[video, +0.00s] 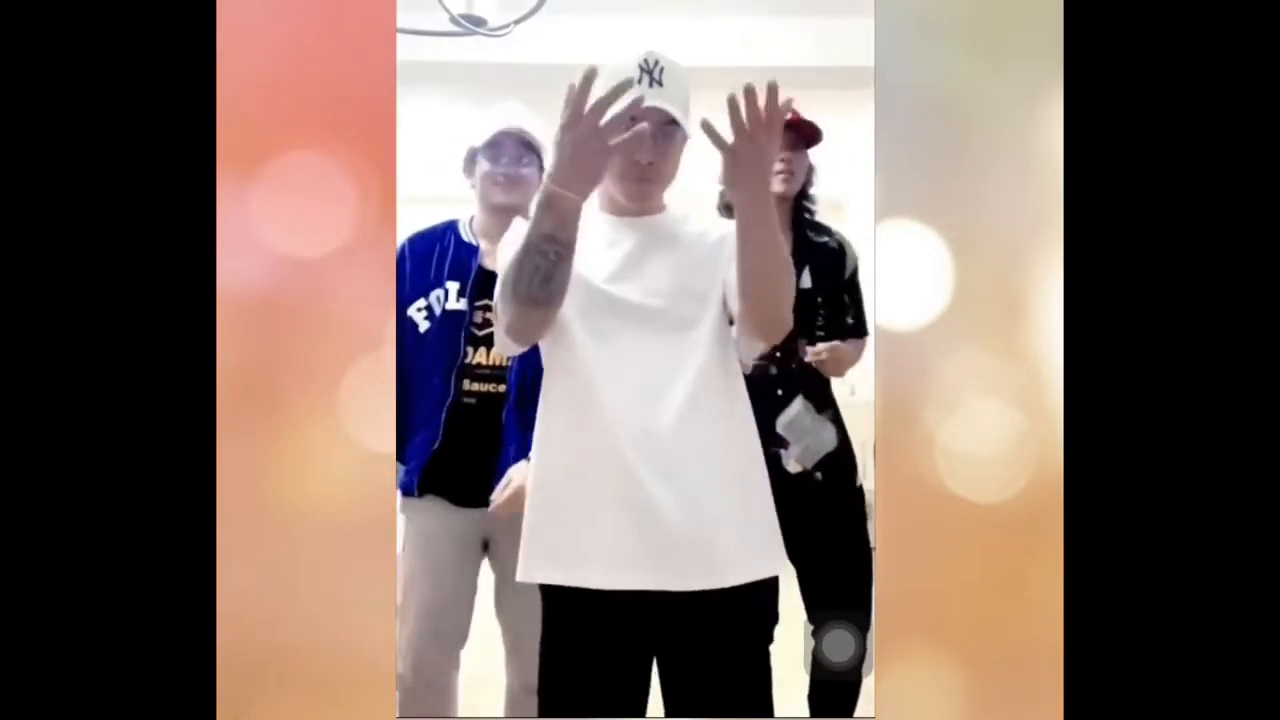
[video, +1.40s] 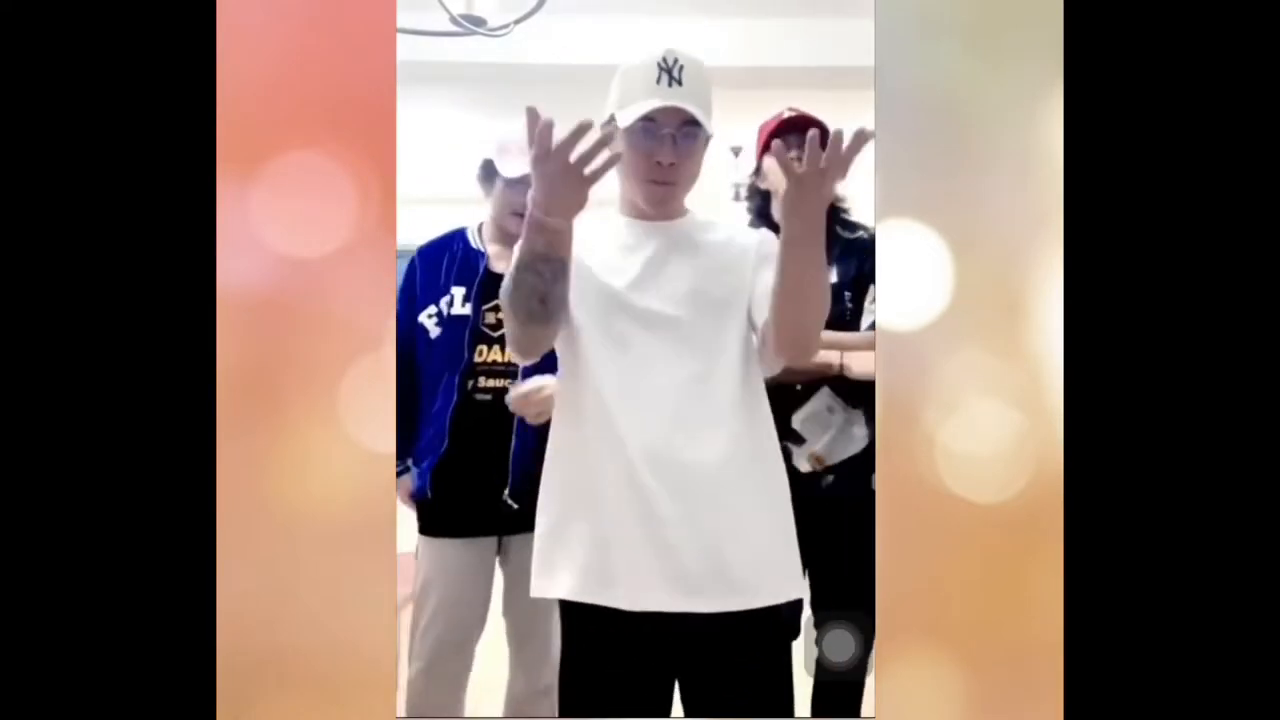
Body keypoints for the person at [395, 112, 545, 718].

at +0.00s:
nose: (510, 167)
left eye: (525, 158)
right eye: (497, 155)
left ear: (542, 180)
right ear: (471, 169)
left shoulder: (558, 265)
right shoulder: (421, 254)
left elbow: (580, 377)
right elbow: (378, 360)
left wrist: (542, 462)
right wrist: (389, 467)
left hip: (529, 487)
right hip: (438, 486)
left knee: (532, 670)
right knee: (423, 669)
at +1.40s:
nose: (524, 209)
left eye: (536, 198)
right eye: (515, 194)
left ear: (551, 203)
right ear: (486, 187)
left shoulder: (570, 273)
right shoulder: (432, 264)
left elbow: (613, 365)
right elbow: (395, 368)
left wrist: (570, 390)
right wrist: (397, 463)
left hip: (544, 496)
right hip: (455, 494)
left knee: (541, 661)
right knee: (439, 655)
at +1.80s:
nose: (527, 192)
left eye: (540, 178)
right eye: (514, 175)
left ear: (552, 184)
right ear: (479, 173)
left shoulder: (562, 264)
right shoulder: (417, 253)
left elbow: (588, 381)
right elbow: (377, 375)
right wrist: (385, 498)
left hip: (544, 493)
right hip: (453, 493)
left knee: (530, 666)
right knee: (439, 665)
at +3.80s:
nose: (495, 162)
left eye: (510, 154)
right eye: (481, 153)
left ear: (531, 179)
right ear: (457, 174)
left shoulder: (553, 268)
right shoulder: (408, 268)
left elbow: (581, 383)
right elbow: (370, 381)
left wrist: (561, 482)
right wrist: (381, 477)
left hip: (529, 506)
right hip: (436, 510)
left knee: (527, 673)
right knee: (436, 676)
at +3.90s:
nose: (491, 170)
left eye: (506, 161)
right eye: (477, 161)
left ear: (527, 183)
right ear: (452, 181)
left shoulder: (554, 264)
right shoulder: (404, 266)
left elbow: (579, 381)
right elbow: (369, 380)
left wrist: (565, 482)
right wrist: (378, 481)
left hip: (523, 503)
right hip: (426, 505)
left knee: (520, 661)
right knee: (427, 667)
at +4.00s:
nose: (490, 167)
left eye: (504, 158)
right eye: (475, 158)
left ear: (525, 181)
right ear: (451, 178)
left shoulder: (555, 261)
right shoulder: (402, 260)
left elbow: (580, 372)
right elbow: (348, 347)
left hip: (521, 504)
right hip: (424, 505)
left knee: (518, 661)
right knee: (425, 667)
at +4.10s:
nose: (488, 165)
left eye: (502, 156)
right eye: (475, 156)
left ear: (525, 175)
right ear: (451, 173)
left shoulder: (543, 255)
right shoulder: (411, 249)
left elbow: (571, 341)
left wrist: (523, 256)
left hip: (515, 489)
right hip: (424, 489)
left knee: (511, 651)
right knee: (428, 656)